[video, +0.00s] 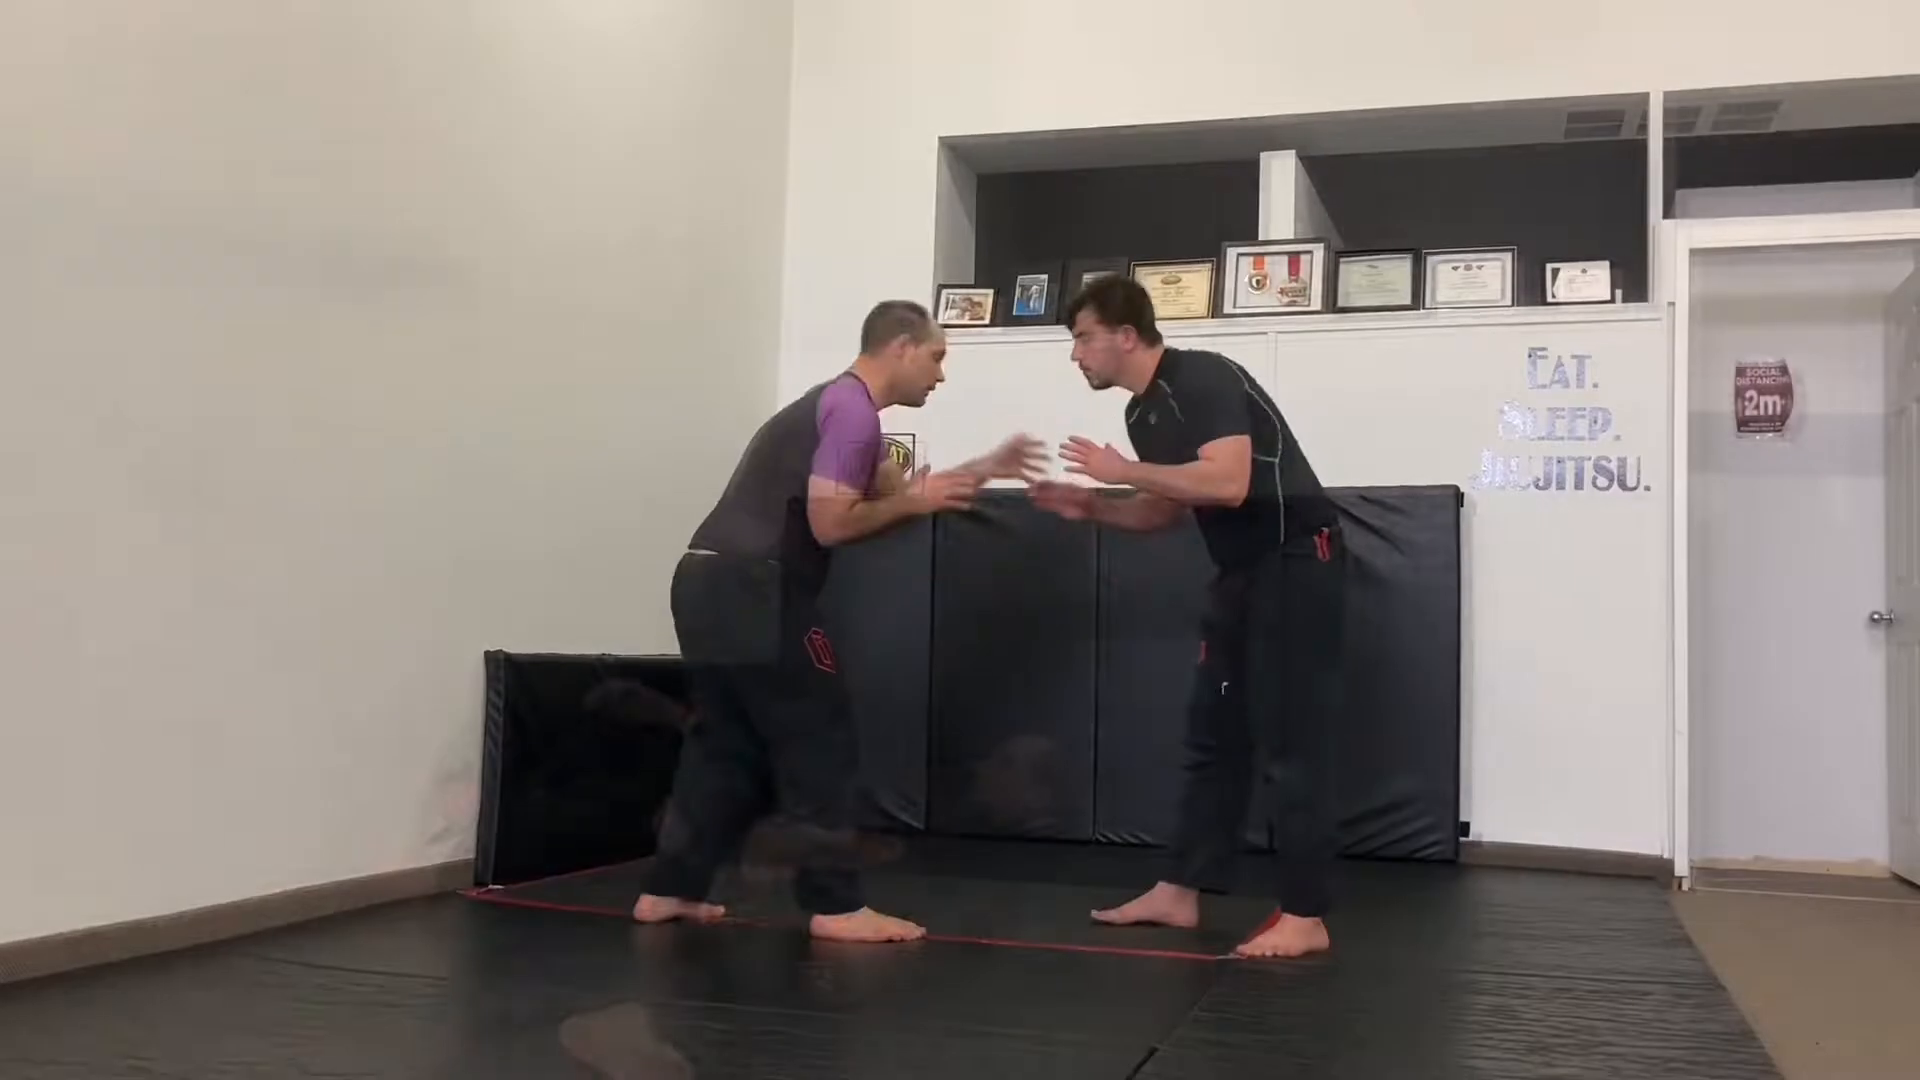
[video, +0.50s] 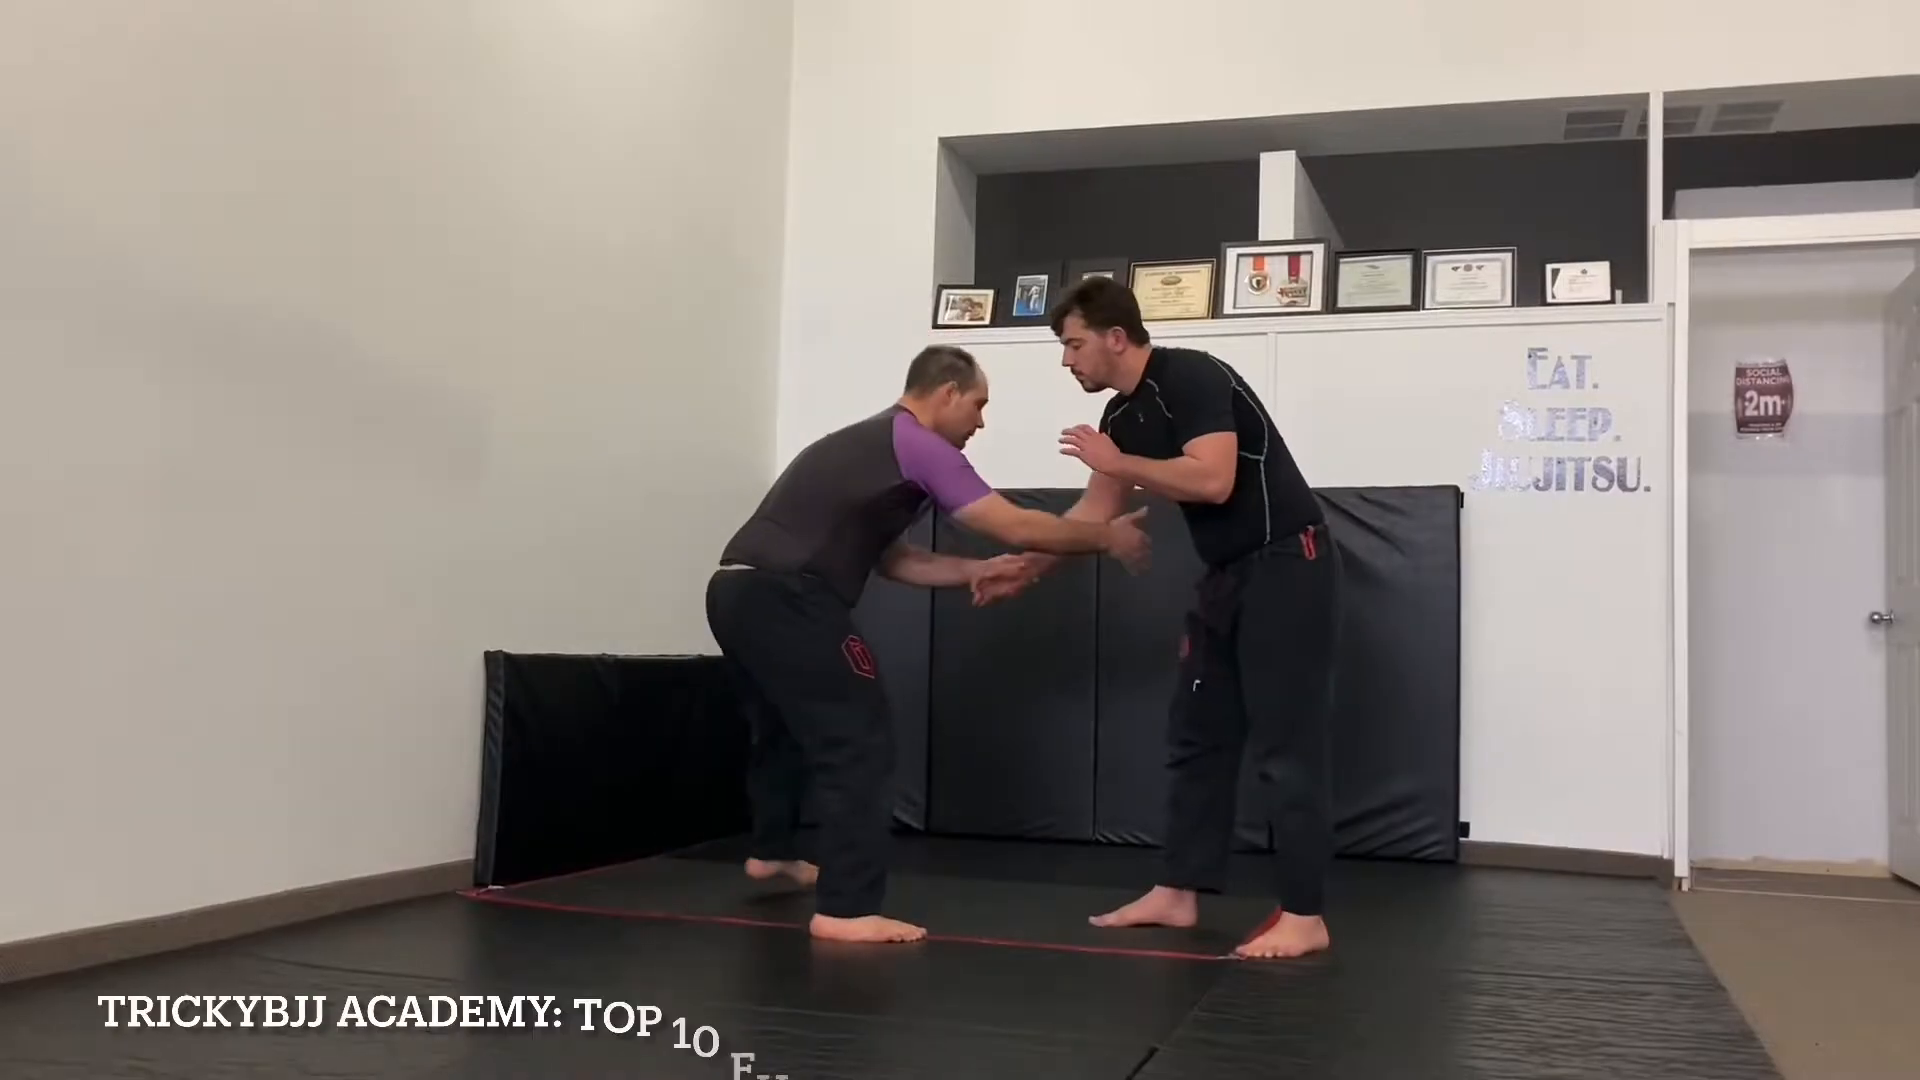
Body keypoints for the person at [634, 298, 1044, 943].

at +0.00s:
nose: (940, 375)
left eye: (942, 361)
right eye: (936, 359)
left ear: (887, 351)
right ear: (898, 350)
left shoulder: (837, 402)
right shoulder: (854, 413)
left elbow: (889, 493)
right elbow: (831, 523)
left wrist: (988, 468)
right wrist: (918, 501)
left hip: (711, 581)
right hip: (752, 589)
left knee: (731, 740)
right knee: (820, 734)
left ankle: (671, 888)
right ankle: (835, 904)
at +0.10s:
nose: (954, 383)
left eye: (956, 369)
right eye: (950, 366)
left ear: (904, 357)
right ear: (914, 356)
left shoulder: (869, 414)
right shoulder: (865, 414)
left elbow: (934, 495)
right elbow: (834, 527)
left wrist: (1021, 497)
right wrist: (918, 522)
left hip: (719, 582)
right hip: (761, 590)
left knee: (728, 740)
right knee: (829, 736)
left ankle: (671, 890)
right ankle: (835, 906)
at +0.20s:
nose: (965, 391)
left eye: (968, 377)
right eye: (964, 375)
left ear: (919, 362)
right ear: (932, 363)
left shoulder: (879, 414)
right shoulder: (881, 419)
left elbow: (941, 508)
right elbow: (861, 531)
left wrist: (1029, 523)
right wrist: (948, 543)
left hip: (727, 581)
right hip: (771, 589)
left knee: (745, 736)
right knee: (839, 738)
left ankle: (675, 876)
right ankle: (837, 906)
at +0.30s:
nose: (973, 403)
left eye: (976, 388)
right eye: (972, 386)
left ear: (925, 371)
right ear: (941, 372)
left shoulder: (870, 418)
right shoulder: (897, 426)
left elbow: (925, 528)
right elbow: (920, 541)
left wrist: (1010, 542)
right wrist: (1009, 552)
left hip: (731, 579)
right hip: (779, 586)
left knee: (771, 729)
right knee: (850, 731)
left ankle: (692, 853)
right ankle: (841, 909)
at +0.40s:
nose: (978, 411)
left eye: (980, 397)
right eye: (976, 395)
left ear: (928, 382)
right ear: (946, 383)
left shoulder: (868, 430)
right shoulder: (912, 435)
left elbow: (913, 549)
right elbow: (978, 535)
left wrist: (1006, 558)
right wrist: (1067, 548)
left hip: (735, 584)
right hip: (784, 592)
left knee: (779, 727)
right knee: (855, 731)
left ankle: (738, 864)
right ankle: (845, 909)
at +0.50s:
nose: (979, 423)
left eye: (982, 409)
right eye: (978, 407)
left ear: (923, 394)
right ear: (947, 393)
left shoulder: (867, 441)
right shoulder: (919, 442)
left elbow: (891, 559)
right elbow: (1014, 528)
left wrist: (976, 570)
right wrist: (1105, 537)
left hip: (736, 588)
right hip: (787, 596)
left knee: (785, 724)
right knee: (860, 732)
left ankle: (772, 851)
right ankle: (846, 908)